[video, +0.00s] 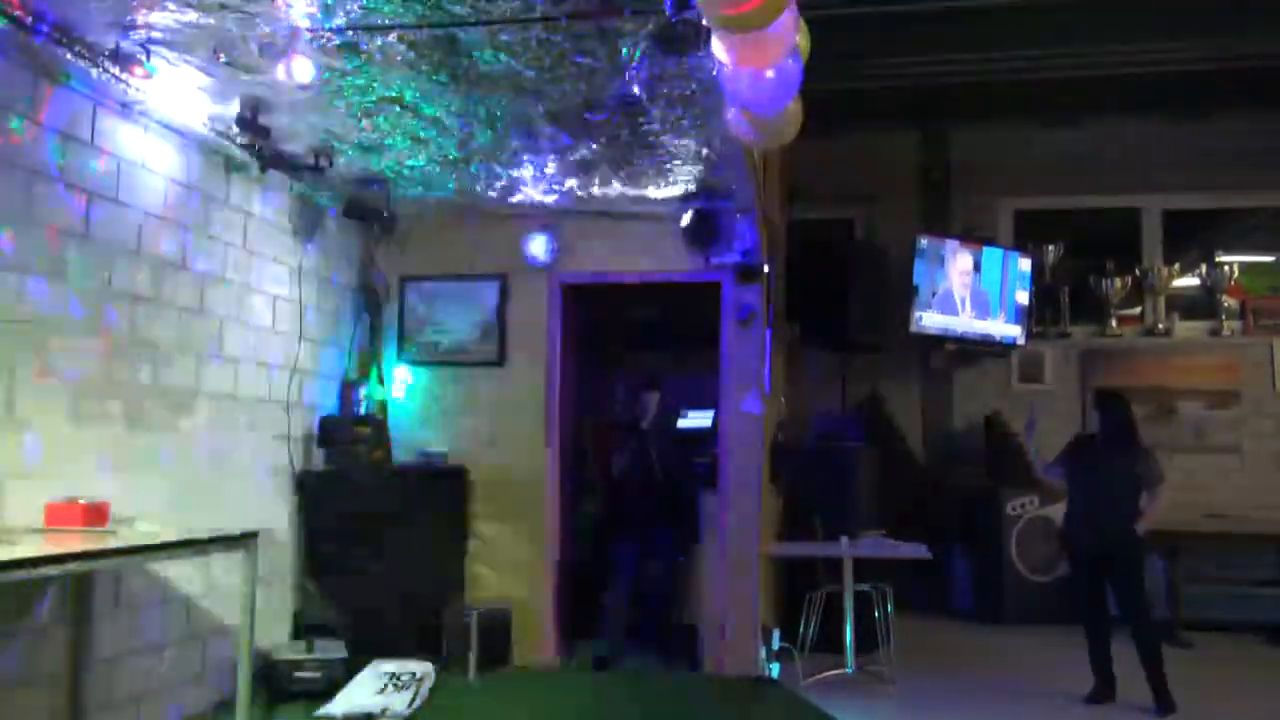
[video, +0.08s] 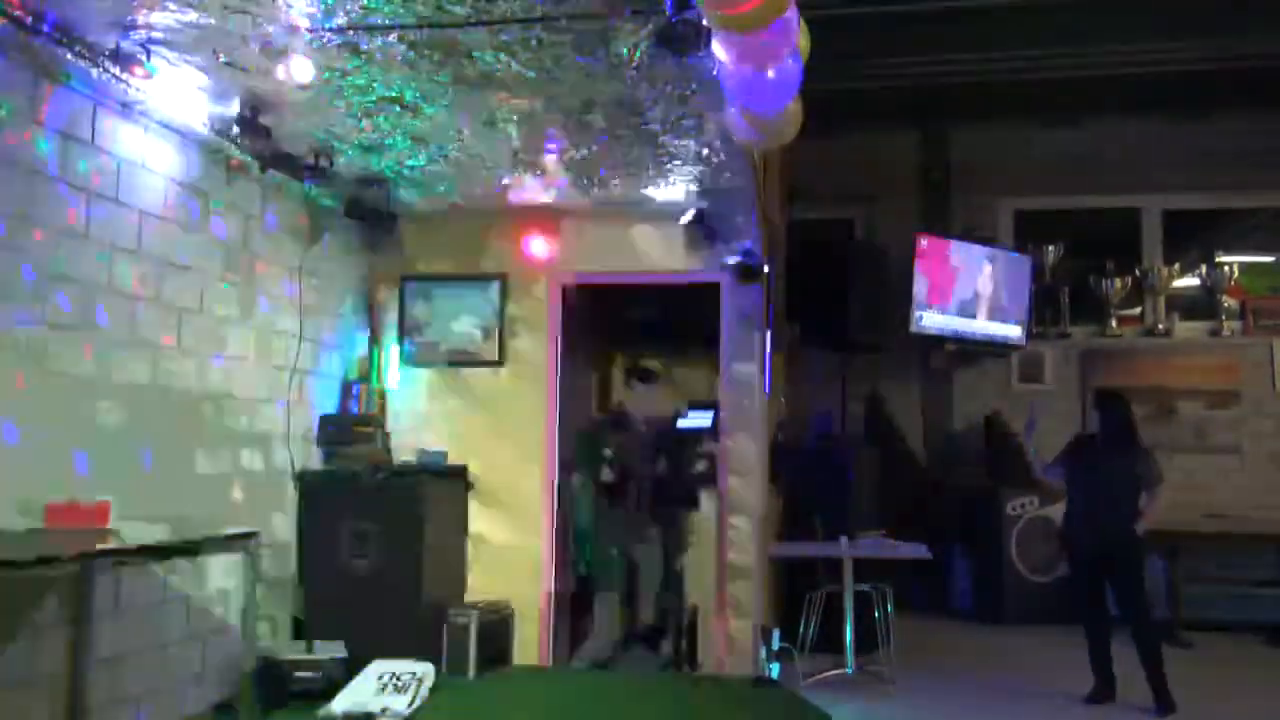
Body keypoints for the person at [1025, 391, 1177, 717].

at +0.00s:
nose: (1097, 419)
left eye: (1098, 411)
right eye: (1105, 410)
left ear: (1096, 415)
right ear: (1127, 415)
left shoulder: (1081, 446)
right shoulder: (1136, 449)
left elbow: (1050, 479)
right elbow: (1155, 493)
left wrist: (1027, 445)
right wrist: (1140, 525)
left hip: (1084, 542)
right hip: (1124, 541)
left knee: (1093, 617)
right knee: (1138, 615)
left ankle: (1103, 685)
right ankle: (1161, 692)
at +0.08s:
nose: (1096, 419)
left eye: (1097, 412)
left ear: (1096, 415)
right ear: (1127, 415)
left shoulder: (1081, 446)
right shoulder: (1136, 449)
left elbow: (1048, 477)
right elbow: (1154, 492)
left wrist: (1027, 445)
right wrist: (1140, 524)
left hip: (1084, 542)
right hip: (1124, 541)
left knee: (1093, 616)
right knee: (1138, 615)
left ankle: (1103, 685)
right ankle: (1161, 692)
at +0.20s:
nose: (1104, 424)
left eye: (1106, 416)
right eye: (1104, 416)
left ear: (1097, 419)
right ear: (1127, 418)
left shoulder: (1078, 449)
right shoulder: (1137, 453)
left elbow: (1048, 478)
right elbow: (1156, 492)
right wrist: (1143, 524)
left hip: (1085, 544)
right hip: (1125, 541)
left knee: (1093, 619)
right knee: (1139, 617)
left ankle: (1103, 686)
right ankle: (1161, 693)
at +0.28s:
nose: (1106, 424)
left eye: (1105, 415)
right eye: (1110, 415)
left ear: (1097, 417)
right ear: (1128, 417)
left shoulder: (1078, 448)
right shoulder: (1138, 453)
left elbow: (1048, 476)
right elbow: (1157, 492)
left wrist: (1024, 438)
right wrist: (1142, 526)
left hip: (1083, 542)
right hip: (1124, 542)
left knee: (1092, 617)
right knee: (1139, 615)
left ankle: (1103, 686)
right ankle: (1165, 693)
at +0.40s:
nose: (1095, 421)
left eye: (1097, 414)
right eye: (1099, 413)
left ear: (1100, 417)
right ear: (1130, 417)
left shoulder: (1082, 449)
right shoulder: (1140, 451)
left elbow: (1054, 483)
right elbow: (1160, 492)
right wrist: (1146, 525)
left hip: (1088, 544)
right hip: (1128, 543)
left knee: (1095, 618)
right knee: (1143, 618)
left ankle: (1104, 686)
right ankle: (1168, 693)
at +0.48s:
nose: (1101, 422)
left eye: (1103, 415)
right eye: (1106, 414)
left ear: (1102, 418)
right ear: (1133, 418)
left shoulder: (1087, 449)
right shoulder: (1143, 453)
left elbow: (1055, 481)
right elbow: (1163, 494)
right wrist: (1149, 528)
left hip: (1089, 544)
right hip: (1131, 543)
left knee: (1096, 619)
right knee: (1145, 619)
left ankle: (1104, 687)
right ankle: (1168, 694)